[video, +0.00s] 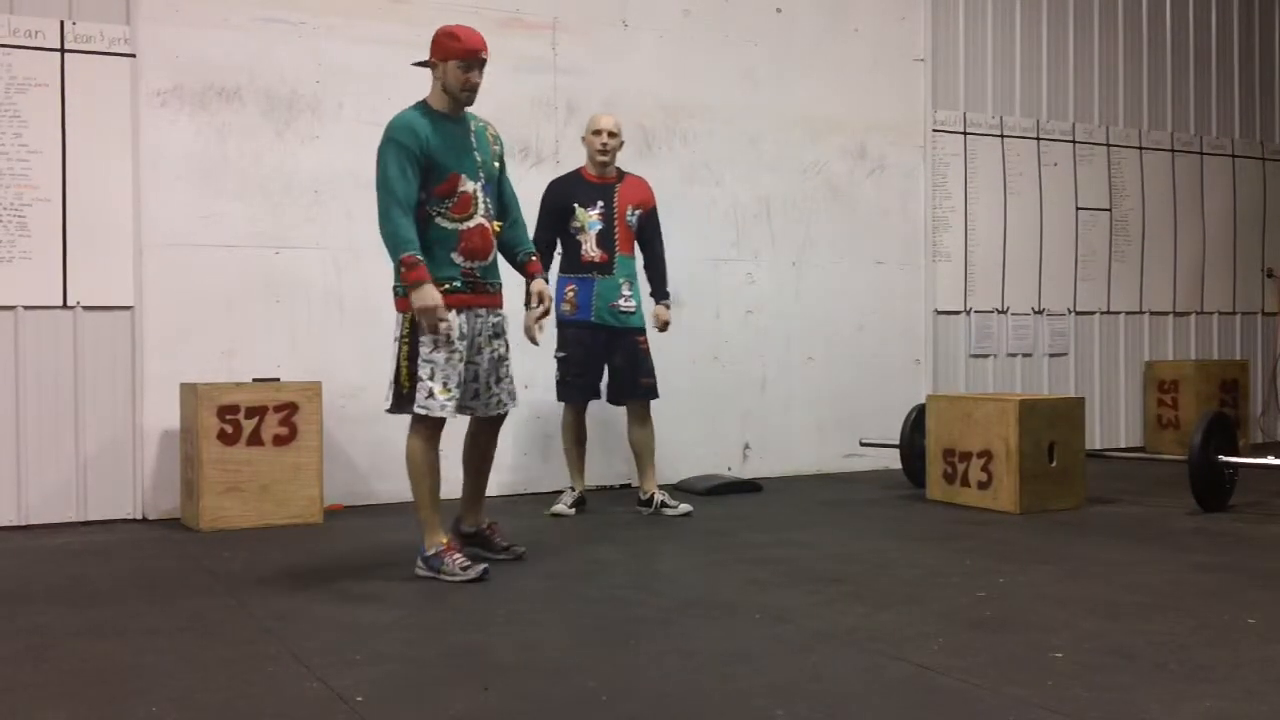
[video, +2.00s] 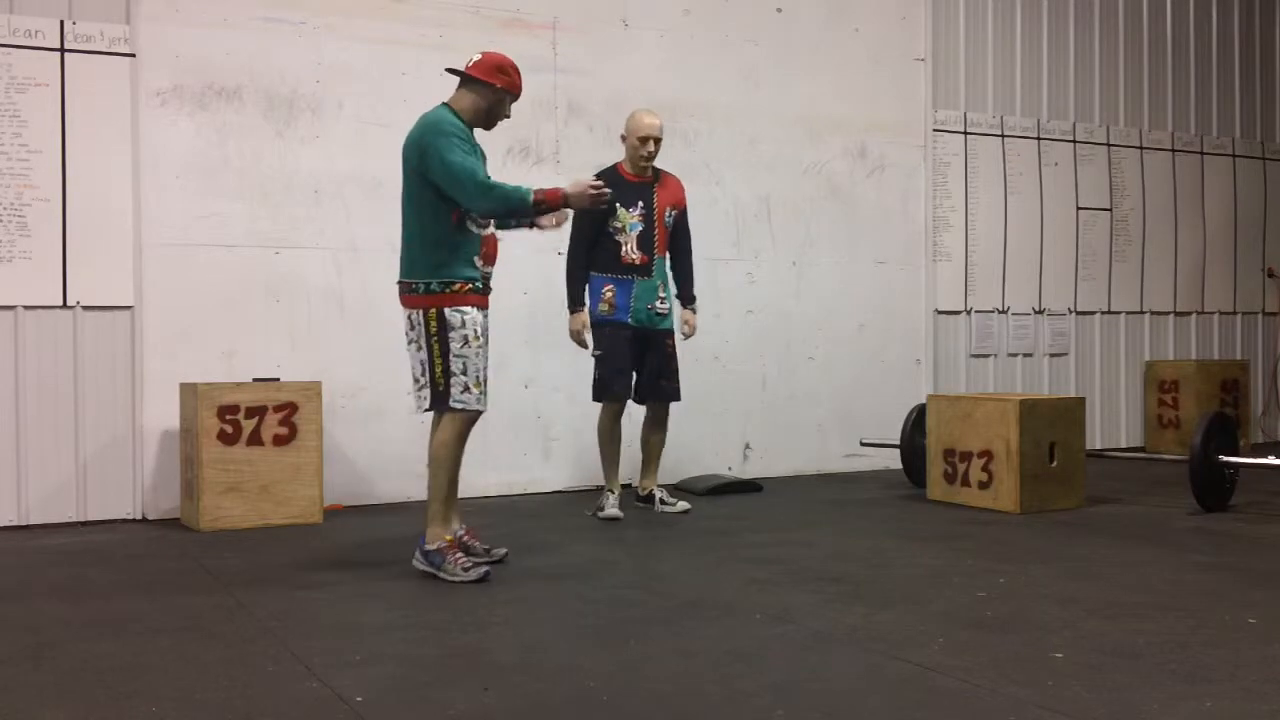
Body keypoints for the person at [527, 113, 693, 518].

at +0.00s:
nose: (605, 140)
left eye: (612, 134)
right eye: (597, 134)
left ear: (621, 142)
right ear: (585, 140)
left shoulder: (638, 189)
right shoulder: (561, 190)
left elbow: (652, 248)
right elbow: (542, 250)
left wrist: (661, 299)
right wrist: (534, 302)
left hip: (627, 318)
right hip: (577, 318)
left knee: (639, 404)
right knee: (574, 405)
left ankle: (649, 491)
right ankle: (575, 490)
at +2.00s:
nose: (650, 148)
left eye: (656, 141)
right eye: (642, 140)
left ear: (662, 143)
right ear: (624, 139)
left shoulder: (671, 187)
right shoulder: (599, 186)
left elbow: (681, 249)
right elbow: (578, 249)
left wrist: (687, 303)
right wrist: (576, 307)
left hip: (658, 313)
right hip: (612, 312)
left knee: (659, 402)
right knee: (613, 401)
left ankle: (648, 488)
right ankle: (611, 490)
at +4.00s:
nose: (645, 125)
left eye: (649, 119)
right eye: (636, 119)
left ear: (656, 128)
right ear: (618, 129)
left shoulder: (672, 182)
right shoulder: (599, 181)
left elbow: (686, 244)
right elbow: (586, 247)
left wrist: (692, 295)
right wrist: (596, 301)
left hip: (663, 309)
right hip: (619, 309)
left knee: (655, 402)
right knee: (617, 402)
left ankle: (648, 491)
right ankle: (617, 492)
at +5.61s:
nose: (680, 157)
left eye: (686, 149)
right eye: (672, 149)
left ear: (690, 148)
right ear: (652, 145)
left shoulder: (695, 191)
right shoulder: (618, 188)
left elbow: (690, 253)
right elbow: (587, 246)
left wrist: (680, 305)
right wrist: (580, 307)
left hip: (662, 310)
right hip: (615, 310)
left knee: (657, 404)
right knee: (621, 405)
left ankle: (647, 492)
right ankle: (617, 493)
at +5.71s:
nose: (692, 190)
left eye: (697, 181)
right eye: (684, 182)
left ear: (702, 180)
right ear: (663, 179)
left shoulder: (703, 215)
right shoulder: (625, 212)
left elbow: (689, 268)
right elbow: (589, 268)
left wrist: (672, 308)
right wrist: (578, 322)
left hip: (660, 321)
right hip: (616, 322)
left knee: (663, 410)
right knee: (629, 409)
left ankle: (648, 493)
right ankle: (618, 494)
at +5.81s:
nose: (698, 233)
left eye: (703, 225)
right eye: (691, 224)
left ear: (708, 223)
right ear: (672, 218)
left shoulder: (710, 252)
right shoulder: (636, 244)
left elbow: (694, 299)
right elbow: (598, 298)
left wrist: (678, 337)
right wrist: (581, 358)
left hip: (663, 342)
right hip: (620, 341)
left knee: (671, 421)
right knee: (639, 421)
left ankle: (648, 495)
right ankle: (619, 497)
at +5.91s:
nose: (706, 273)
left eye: (712, 266)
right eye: (701, 265)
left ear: (719, 262)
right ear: (685, 256)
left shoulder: (720, 278)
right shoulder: (648, 266)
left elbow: (715, 337)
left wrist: (711, 394)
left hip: (666, 345)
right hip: (624, 343)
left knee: (673, 420)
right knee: (636, 422)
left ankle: (647, 496)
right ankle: (620, 495)